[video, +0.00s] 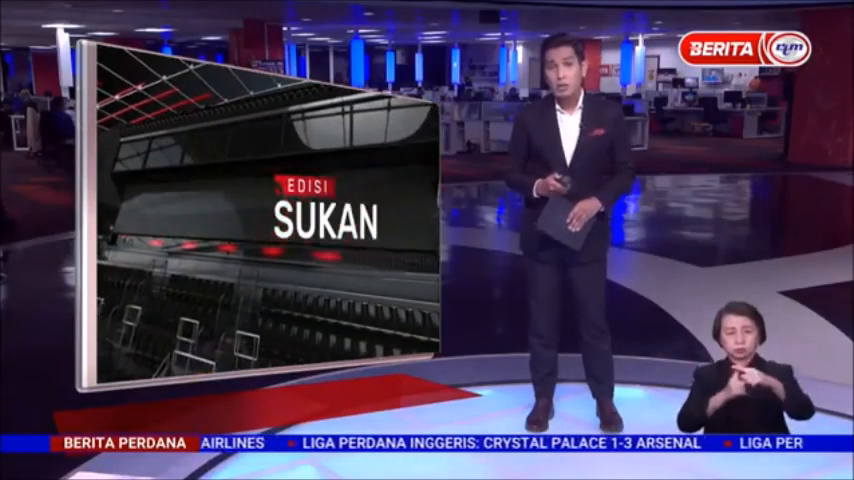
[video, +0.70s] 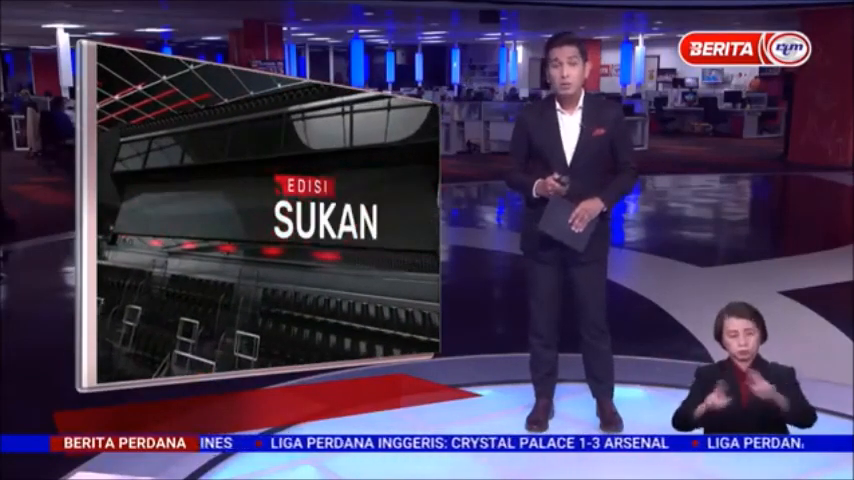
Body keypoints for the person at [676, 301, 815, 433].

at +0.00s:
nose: (740, 340)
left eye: (748, 331)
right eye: (731, 333)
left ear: (760, 336)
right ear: (720, 340)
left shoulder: (781, 373)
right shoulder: (709, 375)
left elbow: (806, 412)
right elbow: (687, 424)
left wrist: (772, 383)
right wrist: (727, 394)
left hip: (774, 460)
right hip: (722, 460)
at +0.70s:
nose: (742, 342)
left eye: (749, 333)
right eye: (733, 335)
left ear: (761, 336)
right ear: (722, 341)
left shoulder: (782, 375)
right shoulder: (709, 376)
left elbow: (808, 419)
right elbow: (680, 423)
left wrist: (774, 395)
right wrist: (706, 406)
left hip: (775, 461)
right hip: (721, 461)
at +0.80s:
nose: (742, 343)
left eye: (749, 334)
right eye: (733, 336)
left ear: (761, 337)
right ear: (722, 341)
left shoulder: (783, 376)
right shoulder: (708, 375)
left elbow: (812, 420)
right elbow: (676, 424)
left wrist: (789, 395)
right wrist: (699, 400)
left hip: (773, 461)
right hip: (721, 462)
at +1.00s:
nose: (743, 345)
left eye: (750, 336)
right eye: (734, 337)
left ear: (762, 338)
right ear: (723, 341)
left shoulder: (781, 375)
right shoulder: (711, 376)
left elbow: (809, 417)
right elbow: (680, 420)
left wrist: (784, 384)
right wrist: (701, 385)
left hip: (772, 460)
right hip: (720, 460)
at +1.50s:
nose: (745, 341)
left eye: (752, 333)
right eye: (736, 334)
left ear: (765, 337)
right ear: (725, 340)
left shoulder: (785, 379)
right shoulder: (708, 377)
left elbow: (804, 432)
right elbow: (684, 430)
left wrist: (777, 428)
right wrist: (710, 419)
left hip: (770, 465)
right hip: (716, 464)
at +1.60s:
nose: (745, 340)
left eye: (753, 332)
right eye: (737, 333)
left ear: (766, 336)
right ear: (726, 339)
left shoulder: (784, 379)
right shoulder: (709, 376)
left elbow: (799, 430)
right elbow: (691, 428)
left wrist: (772, 415)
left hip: (769, 461)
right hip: (717, 460)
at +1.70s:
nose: (746, 339)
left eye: (753, 331)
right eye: (737, 332)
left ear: (766, 336)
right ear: (726, 338)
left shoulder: (783, 378)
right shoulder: (711, 375)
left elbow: (795, 429)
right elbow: (696, 424)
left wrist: (767, 404)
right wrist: (729, 393)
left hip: (769, 458)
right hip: (719, 457)